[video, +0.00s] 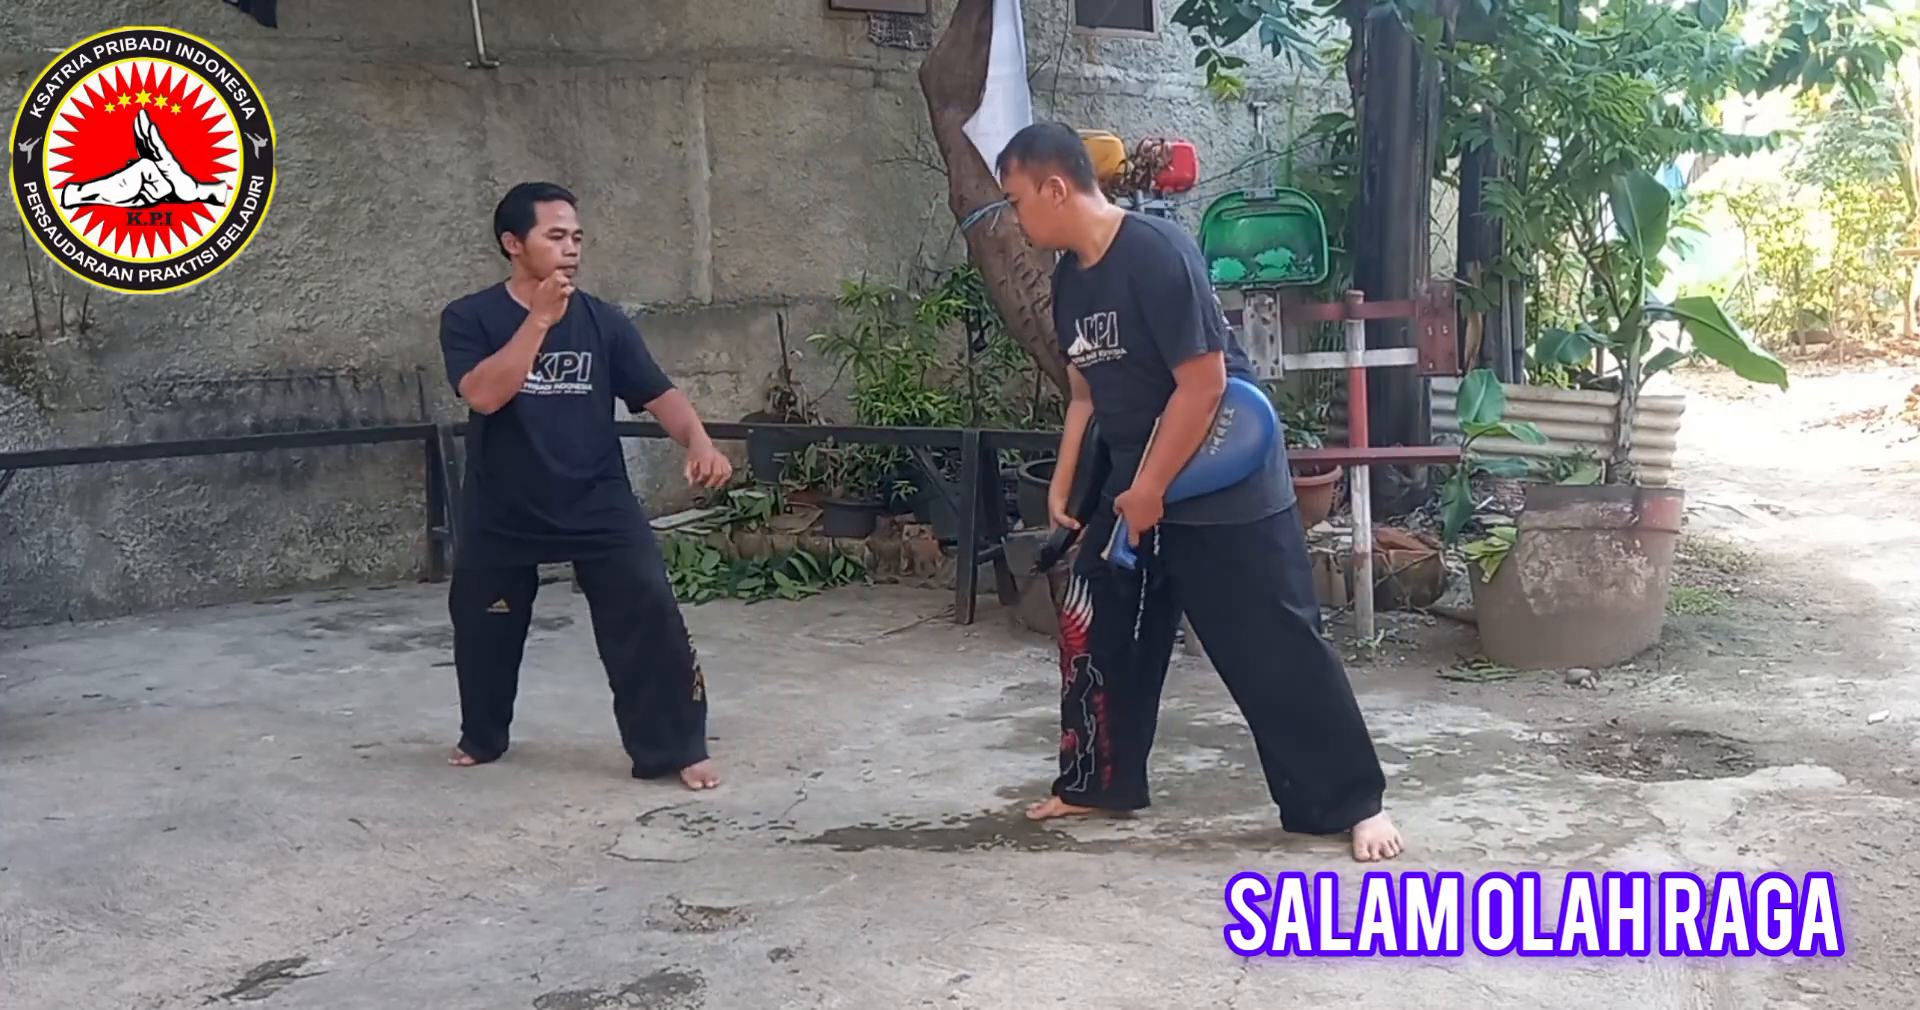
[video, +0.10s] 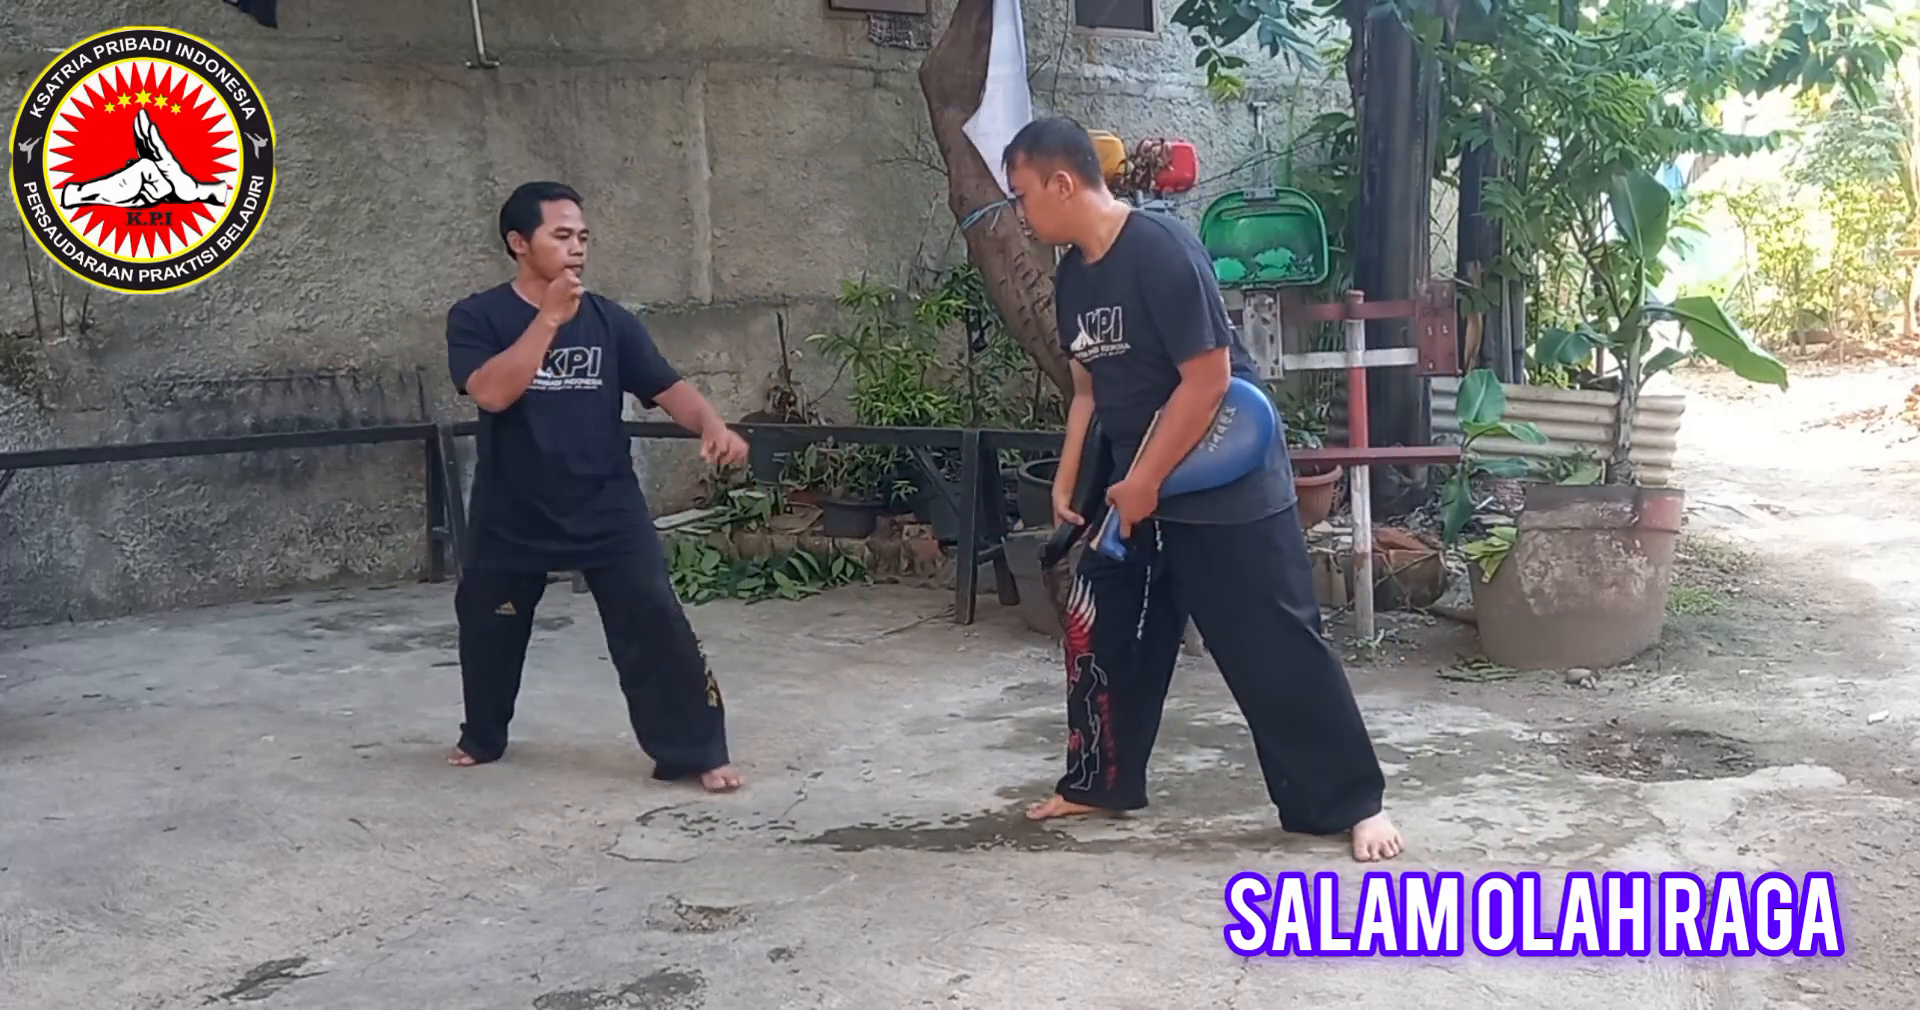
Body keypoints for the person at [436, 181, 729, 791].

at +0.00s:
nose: (572, 248)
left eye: (576, 236)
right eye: (557, 236)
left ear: (582, 242)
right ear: (513, 244)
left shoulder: (604, 321)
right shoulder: (470, 319)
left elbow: (658, 393)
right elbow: (482, 395)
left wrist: (700, 441)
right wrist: (539, 321)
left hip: (599, 503)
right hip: (504, 507)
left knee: (650, 607)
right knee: (481, 620)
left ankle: (681, 748)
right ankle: (481, 735)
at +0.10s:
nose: (578, 247)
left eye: (582, 235)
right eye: (563, 235)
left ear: (586, 242)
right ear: (519, 243)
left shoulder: (611, 321)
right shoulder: (477, 317)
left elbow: (666, 387)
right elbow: (491, 393)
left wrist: (712, 426)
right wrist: (549, 319)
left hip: (607, 506)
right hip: (514, 509)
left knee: (656, 616)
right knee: (487, 624)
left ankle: (699, 753)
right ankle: (482, 735)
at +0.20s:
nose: (601, 262)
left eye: (603, 251)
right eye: (585, 251)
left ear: (608, 258)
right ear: (542, 261)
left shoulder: (630, 335)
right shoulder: (501, 339)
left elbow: (693, 396)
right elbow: (521, 412)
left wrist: (738, 419)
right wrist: (578, 337)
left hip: (628, 521)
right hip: (532, 526)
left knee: (678, 623)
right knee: (499, 633)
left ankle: (703, 759)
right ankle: (487, 738)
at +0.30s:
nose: (606, 259)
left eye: (610, 247)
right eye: (590, 247)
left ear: (616, 253)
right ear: (548, 254)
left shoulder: (641, 331)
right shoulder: (506, 326)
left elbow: (708, 389)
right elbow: (524, 400)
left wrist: (759, 415)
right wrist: (587, 331)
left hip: (625, 514)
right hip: (530, 514)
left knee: (669, 624)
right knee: (488, 616)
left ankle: (711, 758)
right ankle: (491, 734)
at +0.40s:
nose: (597, 266)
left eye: (604, 254)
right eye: (582, 253)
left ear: (612, 257)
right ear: (543, 255)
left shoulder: (637, 333)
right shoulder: (501, 321)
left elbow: (699, 392)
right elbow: (503, 395)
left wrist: (752, 423)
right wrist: (574, 336)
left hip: (607, 515)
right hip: (517, 511)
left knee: (651, 627)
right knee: (483, 620)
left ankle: (702, 761)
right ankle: (491, 742)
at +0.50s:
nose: (585, 284)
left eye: (593, 272)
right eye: (570, 272)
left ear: (601, 276)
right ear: (532, 275)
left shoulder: (625, 353)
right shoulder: (493, 339)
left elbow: (687, 406)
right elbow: (489, 412)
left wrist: (738, 433)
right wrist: (558, 353)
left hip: (602, 531)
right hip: (510, 528)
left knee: (646, 634)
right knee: (465, 632)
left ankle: (700, 761)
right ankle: (488, 742)